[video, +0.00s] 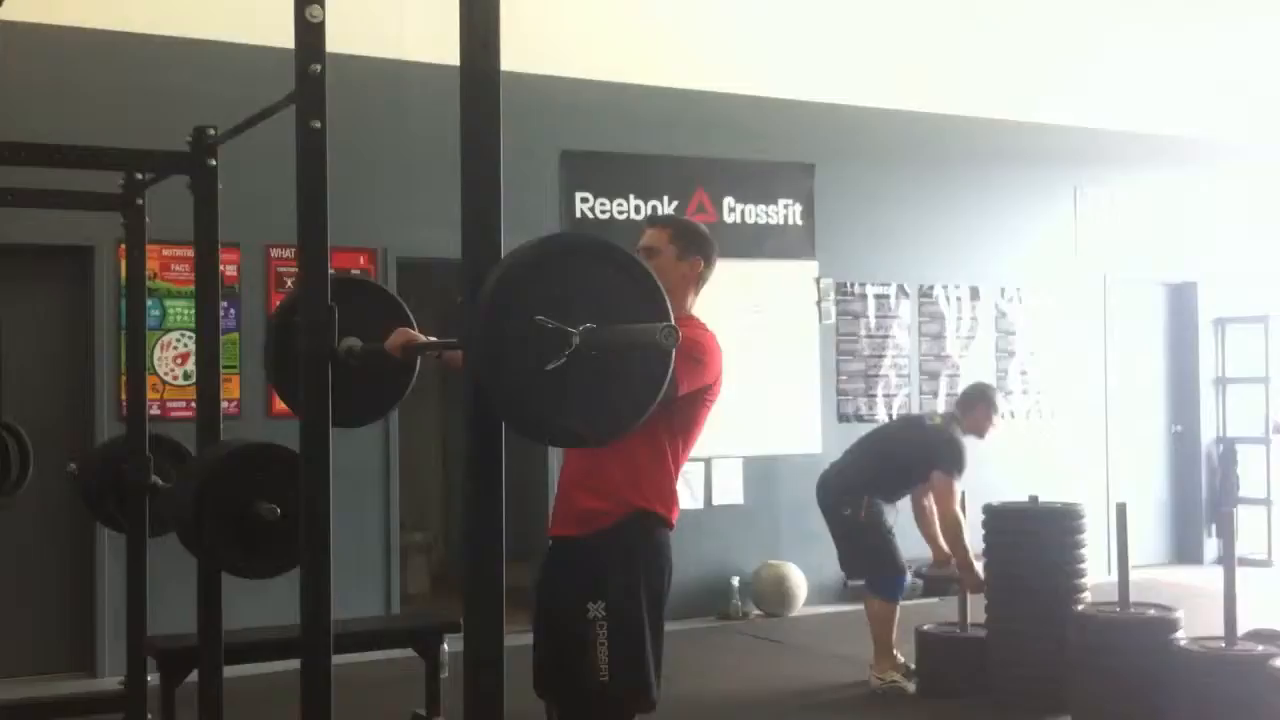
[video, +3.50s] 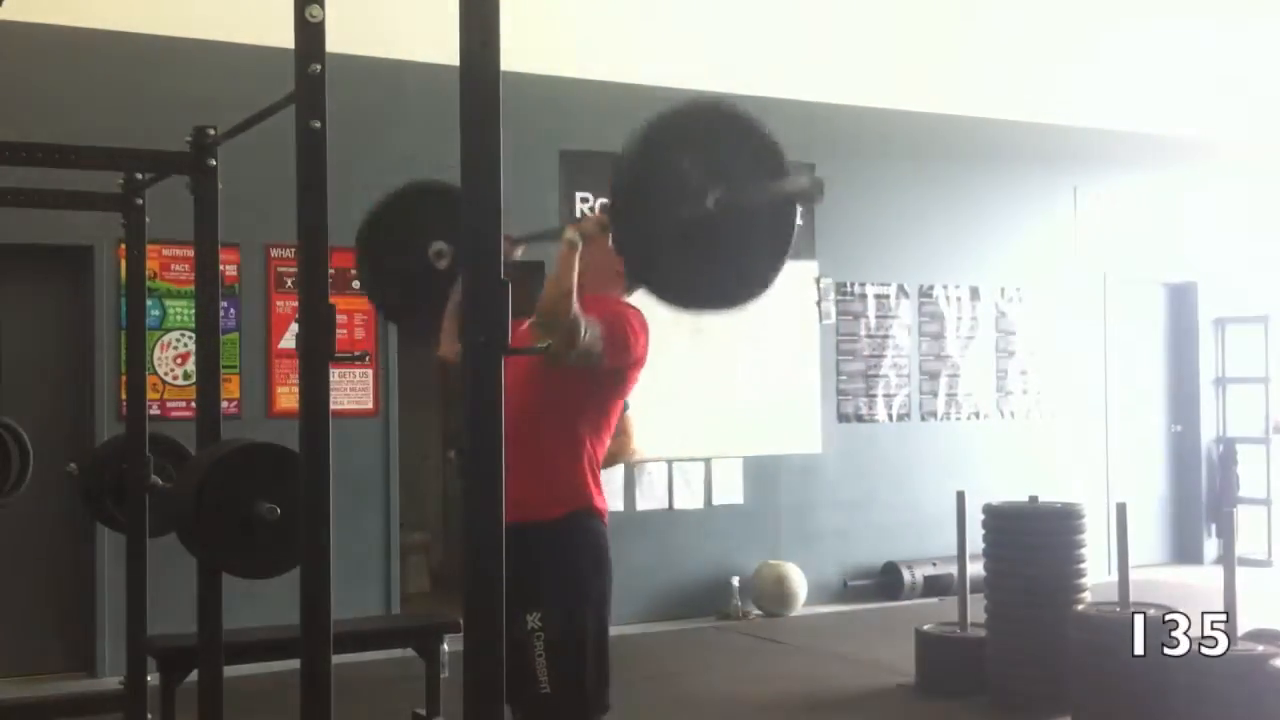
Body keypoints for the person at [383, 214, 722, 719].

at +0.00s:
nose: (635, 263)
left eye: (650, 253)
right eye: (637, 253)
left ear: (694, 269)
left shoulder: (697, 343)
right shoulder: (613, 332)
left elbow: (619, 379)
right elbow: (528, 360)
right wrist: (430, 347)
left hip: (628, 533)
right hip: (570, 531)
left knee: (616, 696)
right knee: (559, 689)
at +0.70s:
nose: (604, 271)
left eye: (620, 260)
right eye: (603, 258)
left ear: (656, 269)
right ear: (598, 261)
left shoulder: (665, 347)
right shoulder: (582, 340)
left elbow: (631, 402)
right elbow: (510, 380)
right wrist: (431, 352)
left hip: (596, 531)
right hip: (546, 529)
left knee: (546, 693)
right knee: (521, 687)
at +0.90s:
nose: (517, 271)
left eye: (530, 259)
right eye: (512, 258)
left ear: (560, 267)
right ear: (504, 262)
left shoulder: (579, 361)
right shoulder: (506, 356)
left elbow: (553, 468)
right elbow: (453, 430)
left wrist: (525, 371)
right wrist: (418, 380)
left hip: (551, 538)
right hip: (496, 537)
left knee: (515, 691)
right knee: (473, 684)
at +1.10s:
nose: (441, 277)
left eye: (458, 269)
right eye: (447, 267)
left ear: (491, 284)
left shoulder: (511, 370)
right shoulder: (448, 372)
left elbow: (449, 464)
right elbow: (387, 467)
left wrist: (455, 364)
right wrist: (384, 376)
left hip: (482, 576)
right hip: (439, 575)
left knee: (391, 704)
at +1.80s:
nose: (451, 258)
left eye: (464, 248)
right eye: (454, 249)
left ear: (510, 258)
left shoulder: (525, 337)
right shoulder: (449, 339)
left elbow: (436, 399)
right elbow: (363, 402)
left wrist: (450, 330)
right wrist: (396, 336)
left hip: (481, 537)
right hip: (433, 539)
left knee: (461, 687)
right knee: (442, 688)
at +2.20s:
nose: (506, 237)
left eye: (523, 229)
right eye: (510, 227)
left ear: (564, 247)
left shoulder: (576, 329)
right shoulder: (489, 330)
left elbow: (513, 389)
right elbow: (413, 401)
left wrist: (525, 317)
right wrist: (440, 336)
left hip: (545, 527)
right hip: (482, 530)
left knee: (545, 689)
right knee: (475, 684)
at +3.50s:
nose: (578, 241)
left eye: (596, 234)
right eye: (581, 232)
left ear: (624, 261)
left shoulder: (624, 324)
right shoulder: (532, 327)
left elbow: (554, 325)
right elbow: (452, 346)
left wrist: (570, 240)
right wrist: (475, 267)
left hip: (564, 527)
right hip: (503, 525)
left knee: (568, 692)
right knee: (506, 685)